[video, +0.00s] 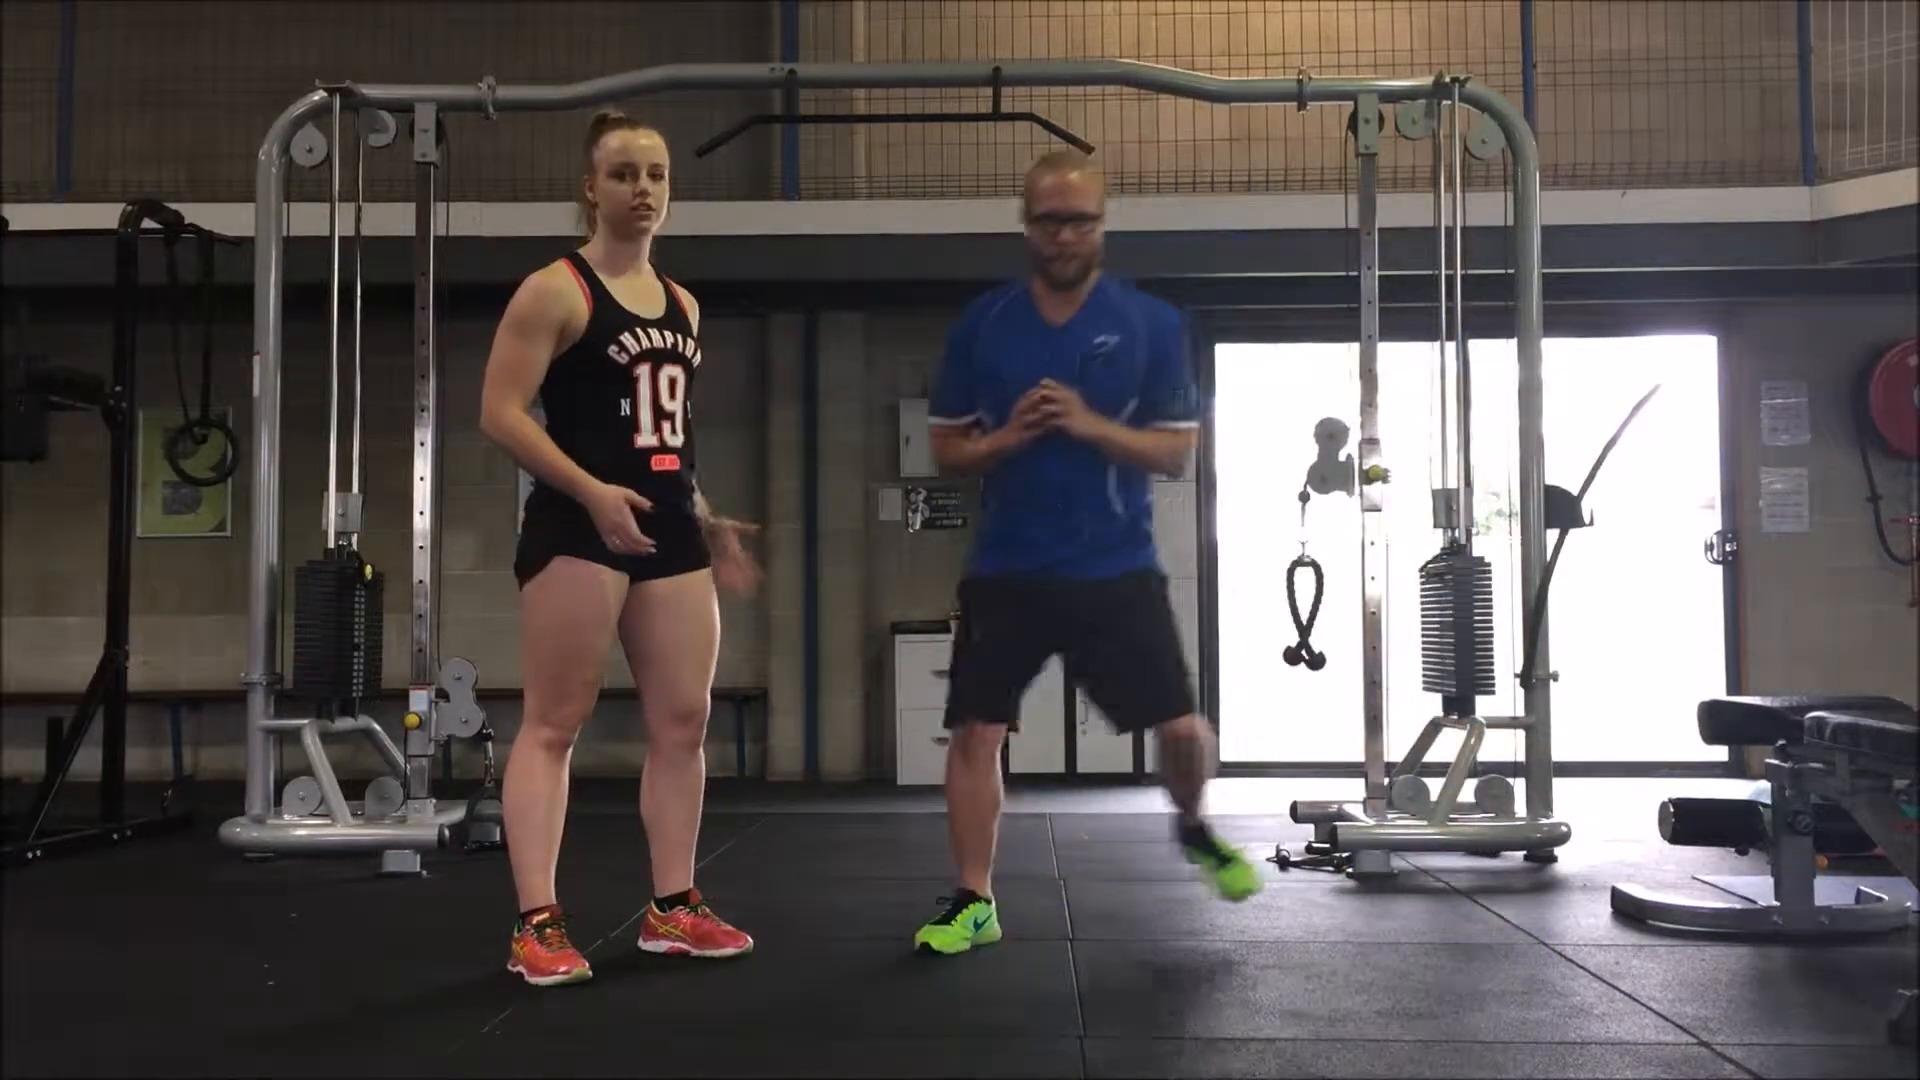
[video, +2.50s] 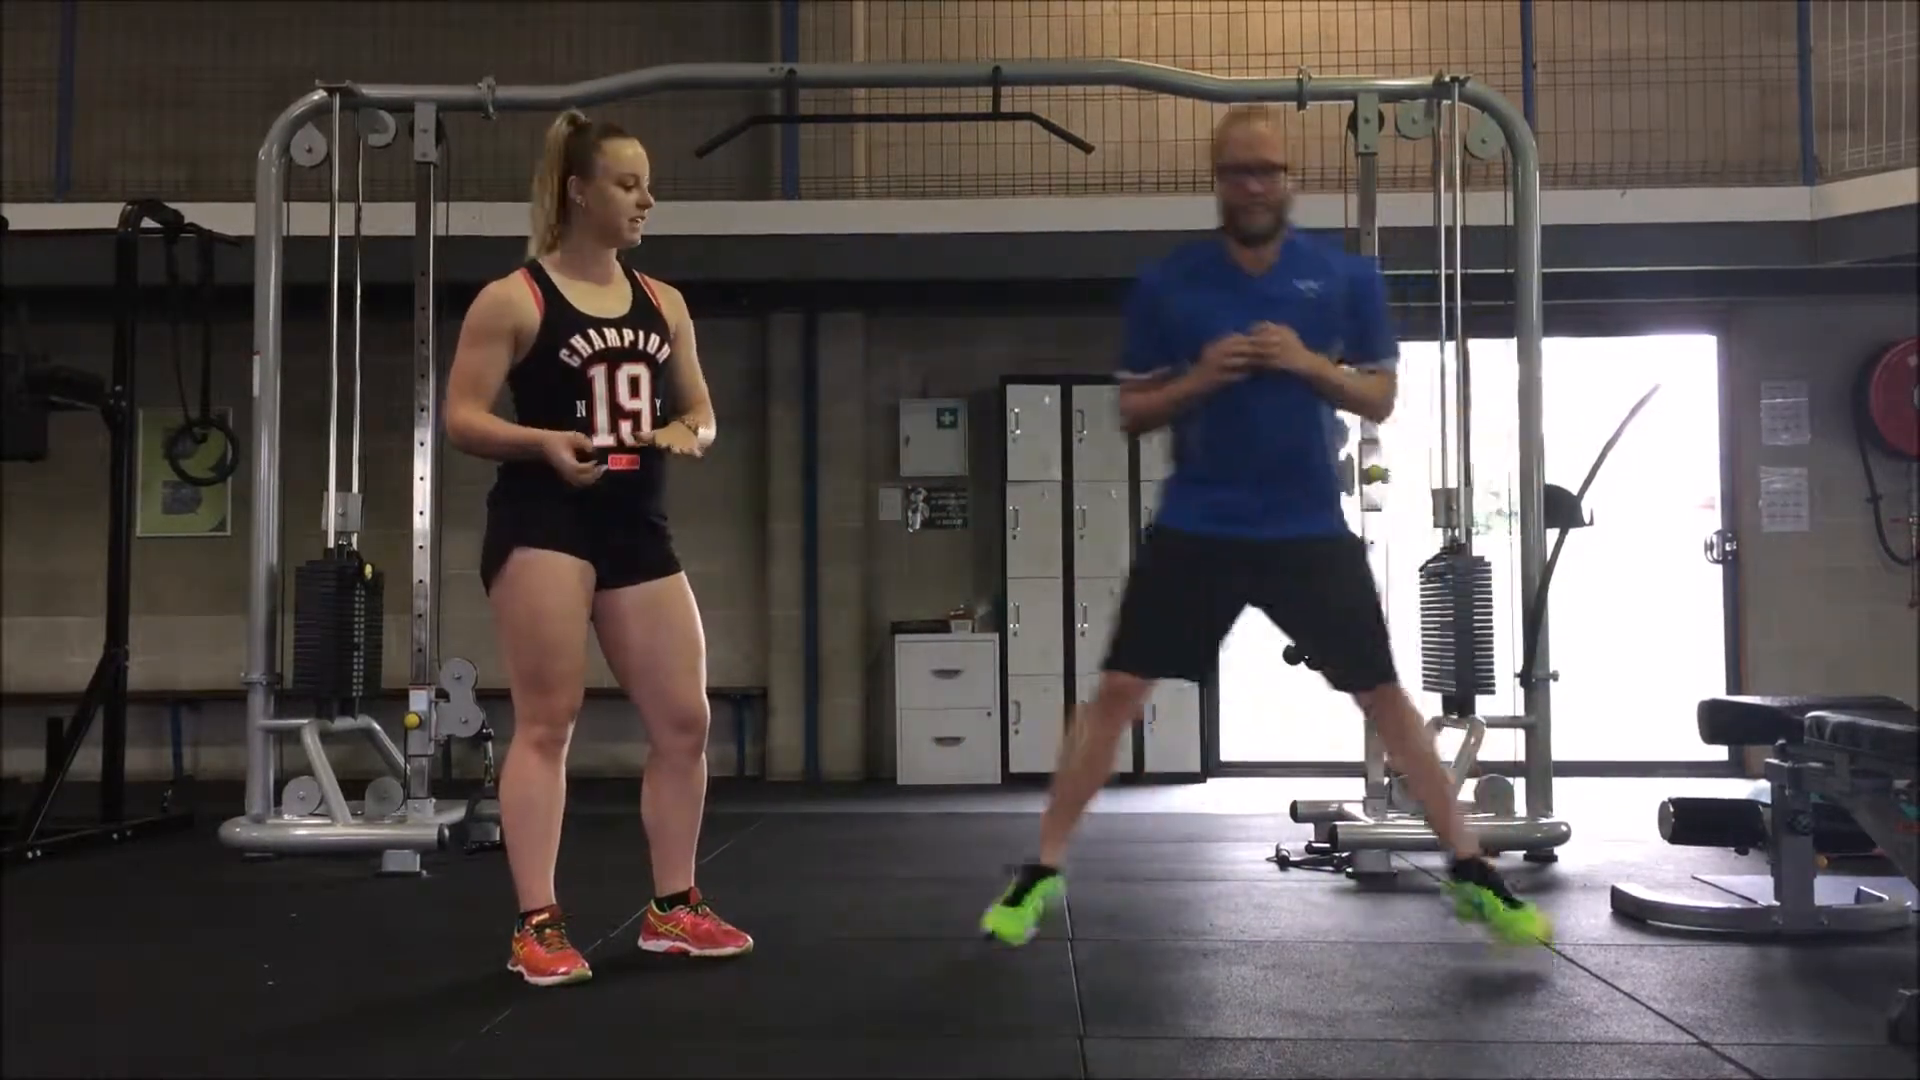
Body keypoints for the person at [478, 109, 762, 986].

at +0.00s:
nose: (642, 188)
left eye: (655, 175)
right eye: (624, 174)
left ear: (670, 192)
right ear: (591, 188)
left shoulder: (678, 303)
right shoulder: (554, 291)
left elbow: (663, 438)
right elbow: (500, 413)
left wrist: (705, 522)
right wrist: (592, 492)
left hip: (672, 531)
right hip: (580, 531)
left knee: (683, 726)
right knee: (553, 724)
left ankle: (673, 906)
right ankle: (537, 922)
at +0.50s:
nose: (638, 187)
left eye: (650, 173)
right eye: (619, 172)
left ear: (664, 189)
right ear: (582, 186)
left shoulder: (687, 302)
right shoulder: (541, 295)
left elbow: (705, 419)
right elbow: (495, 417)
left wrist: (703, 513)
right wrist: (588, 479)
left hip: (666, 534)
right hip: (567, 530)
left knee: (683, 725)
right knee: (546, 726)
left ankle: (674, 906)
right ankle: (538, 924)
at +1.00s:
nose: (629, 181)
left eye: (641, 169)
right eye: (610, 168)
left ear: (656, 187)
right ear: (574, 186)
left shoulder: (684, 303)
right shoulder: (530, 293)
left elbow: (708, 416)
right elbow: (478, 414)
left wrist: (691, 498)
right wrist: (571, 479)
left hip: (652, 533)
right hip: (551, 530)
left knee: (683, 726)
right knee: (548, 725)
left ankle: (674, 907)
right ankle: (538, 926)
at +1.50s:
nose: (621, 182)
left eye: (634, 171)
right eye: (603, 168)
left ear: (647, 193)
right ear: (565, 185)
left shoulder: (673, 301)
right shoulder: (521, 289)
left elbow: (719, 410)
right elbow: (480, 409)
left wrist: (695, 441)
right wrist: (601, 415)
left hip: (633, 532)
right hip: (538, 525)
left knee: (681, 724)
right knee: (543, 722)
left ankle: (673, 908)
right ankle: (537, 926)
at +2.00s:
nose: (619, 187)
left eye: (631, 175)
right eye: (600, 173)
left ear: (644, 195)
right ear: (563, 190)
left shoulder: (672, 302)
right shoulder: (520, 297)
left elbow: (716, 410)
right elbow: (472, 417)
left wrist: (698, 440)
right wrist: (553, 426)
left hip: (648, 529)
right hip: (553, 524)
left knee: (691, 722)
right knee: (550, 721)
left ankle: (673, 907)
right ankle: (538, 924)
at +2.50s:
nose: (644, 202)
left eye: (647, 188)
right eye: (628, 186)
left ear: (634, 199)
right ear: (576, 190)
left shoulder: (661, 301)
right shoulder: (510, 300)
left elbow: (699, 410)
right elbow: (460, 418)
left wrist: (689, 432)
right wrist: (540, 442)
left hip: (637, 530)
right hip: (544, 526)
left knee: (685, 721)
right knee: (546, 721)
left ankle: (674, 907)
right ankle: (537, 925)